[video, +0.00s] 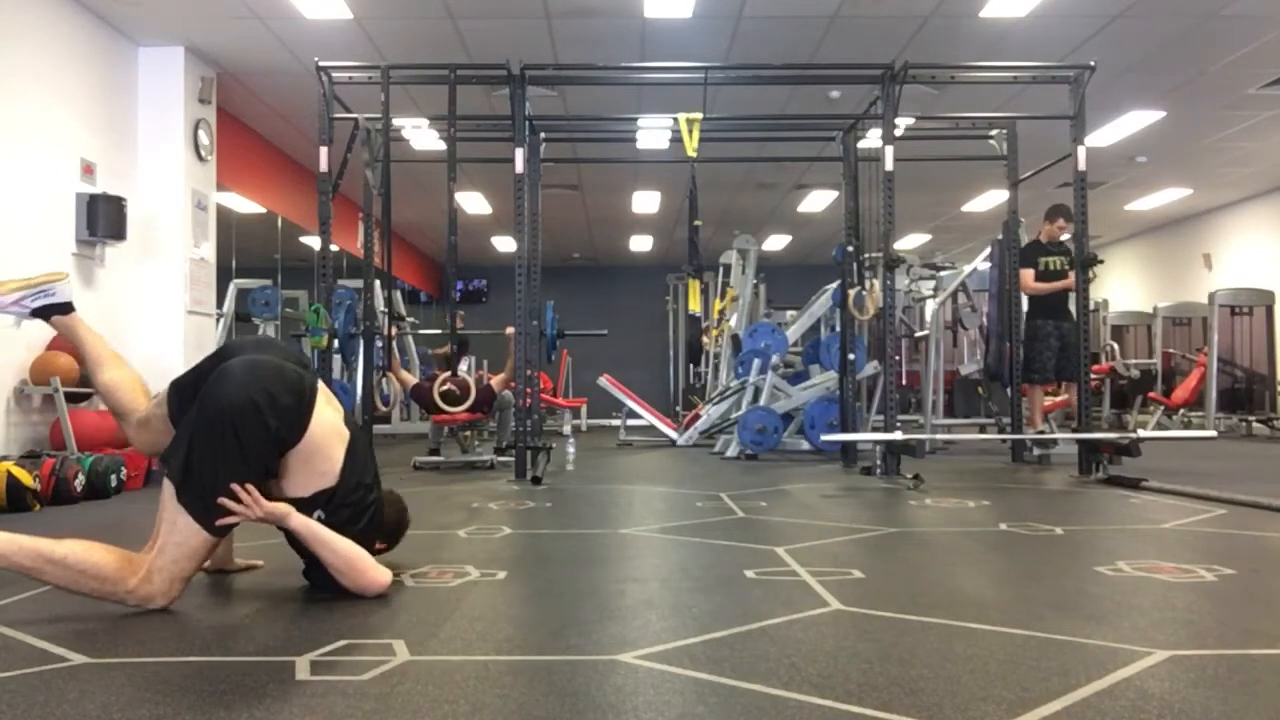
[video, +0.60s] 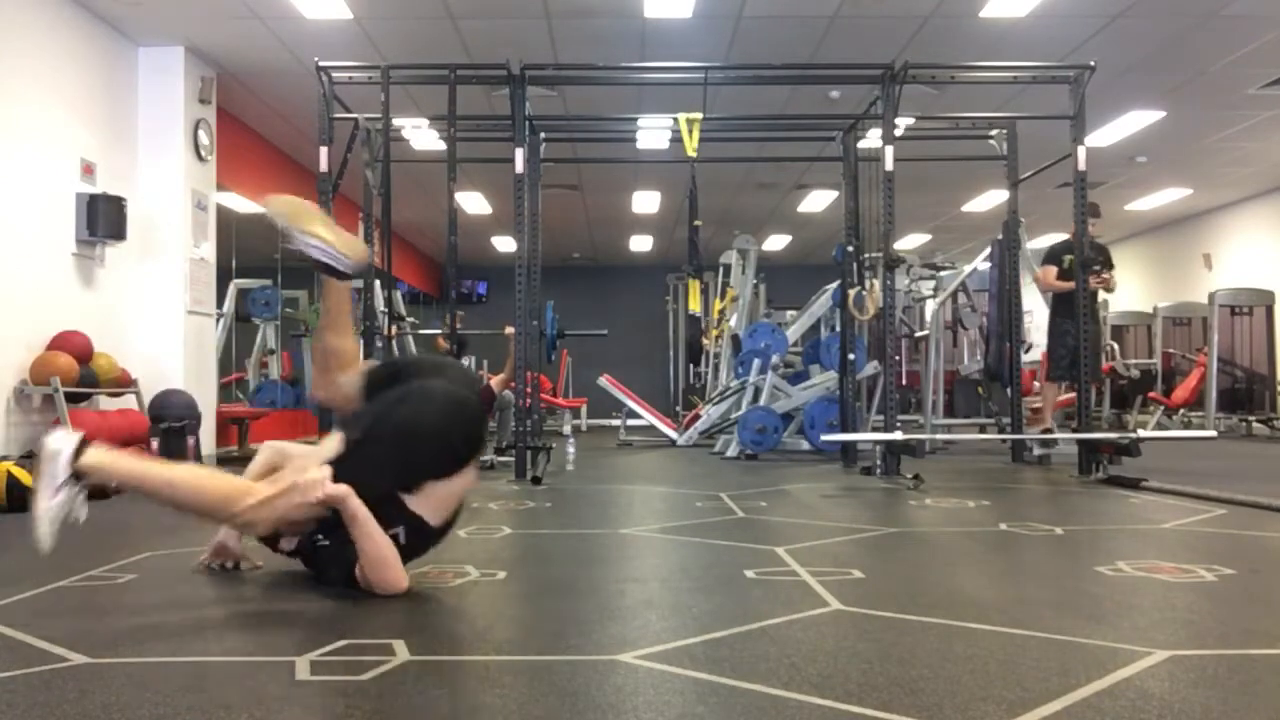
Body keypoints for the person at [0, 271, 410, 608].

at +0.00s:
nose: (374, 560)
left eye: (377, 550)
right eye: (379, 551)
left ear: (364, 509)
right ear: (377, 540)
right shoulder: (351, 529)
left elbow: (229, 455)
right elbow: (376, 581)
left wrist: (220, 551)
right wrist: (290, 516)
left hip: (259, 354)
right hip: (260, 398)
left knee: (146, 429)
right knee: (154, 582)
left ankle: (60, 313)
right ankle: (4, 543)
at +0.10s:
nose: (333, 584)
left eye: (331, 582)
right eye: (339, 583)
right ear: (341, 567)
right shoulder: (348, 533)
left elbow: (238, 464)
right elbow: (379, 580)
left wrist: (221, 556)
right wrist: (292, 515)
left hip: (281, 353)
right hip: (280, 397)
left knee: (170, 419)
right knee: (155, 575)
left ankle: (87, 294)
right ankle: (2, 542)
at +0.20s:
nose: (306, 548)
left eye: (307, 551)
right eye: (311, 550)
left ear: (306, 549)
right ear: (334, 554)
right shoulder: (352, 541)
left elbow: (228, 455)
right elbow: (383, 579)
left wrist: (222, 553)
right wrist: (303, 512)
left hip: (308, 350)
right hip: (306, 393)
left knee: (195, 407)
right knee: (164, 561)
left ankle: (123, 279)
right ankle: (5, 541)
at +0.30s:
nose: (274, 523)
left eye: (276, 527)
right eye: (284, 526)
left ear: (283, 528)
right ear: (303, 536)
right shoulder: (332, 558)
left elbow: (251, 450)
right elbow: (391, 581)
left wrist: (225, 556)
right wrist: (319, 504)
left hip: (340, 350)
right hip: (354, 387)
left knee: (232, 390)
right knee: (182, 532)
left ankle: (177, 259)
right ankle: (8, 532)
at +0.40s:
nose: (272, 521)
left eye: (271, 521)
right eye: (272, 529)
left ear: (280, 519)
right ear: (288, 548)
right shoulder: (324, 558)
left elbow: (273, 439)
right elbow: (392, 581)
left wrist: (227, 544)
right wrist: (327, 504)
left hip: (365, 352)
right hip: (396, 386)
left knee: (274, 383)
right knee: (204, 512)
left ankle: (240, 244)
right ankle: (15, 512)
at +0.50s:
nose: (275, 524)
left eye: (273, 531)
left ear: (274, 535)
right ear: (298, 542)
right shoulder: (329, 557)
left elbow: (267, 451)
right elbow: (393, 581)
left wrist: (230, 543)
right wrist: (331, 505)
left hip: (402, 367)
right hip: (412, 403)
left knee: (301, 381)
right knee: (231, 510)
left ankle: (284, 248)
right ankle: (34, 492)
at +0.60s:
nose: (278, 535)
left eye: (278, 537)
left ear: (283, 536)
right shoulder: (332, 557)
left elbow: (274, 450)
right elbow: (392, 583)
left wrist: (230, 528)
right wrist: (344, 498)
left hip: (436, 381)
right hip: (451, 418)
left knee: (334, 384)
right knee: (258, 506)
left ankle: (338, 268)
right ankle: (83, 457)